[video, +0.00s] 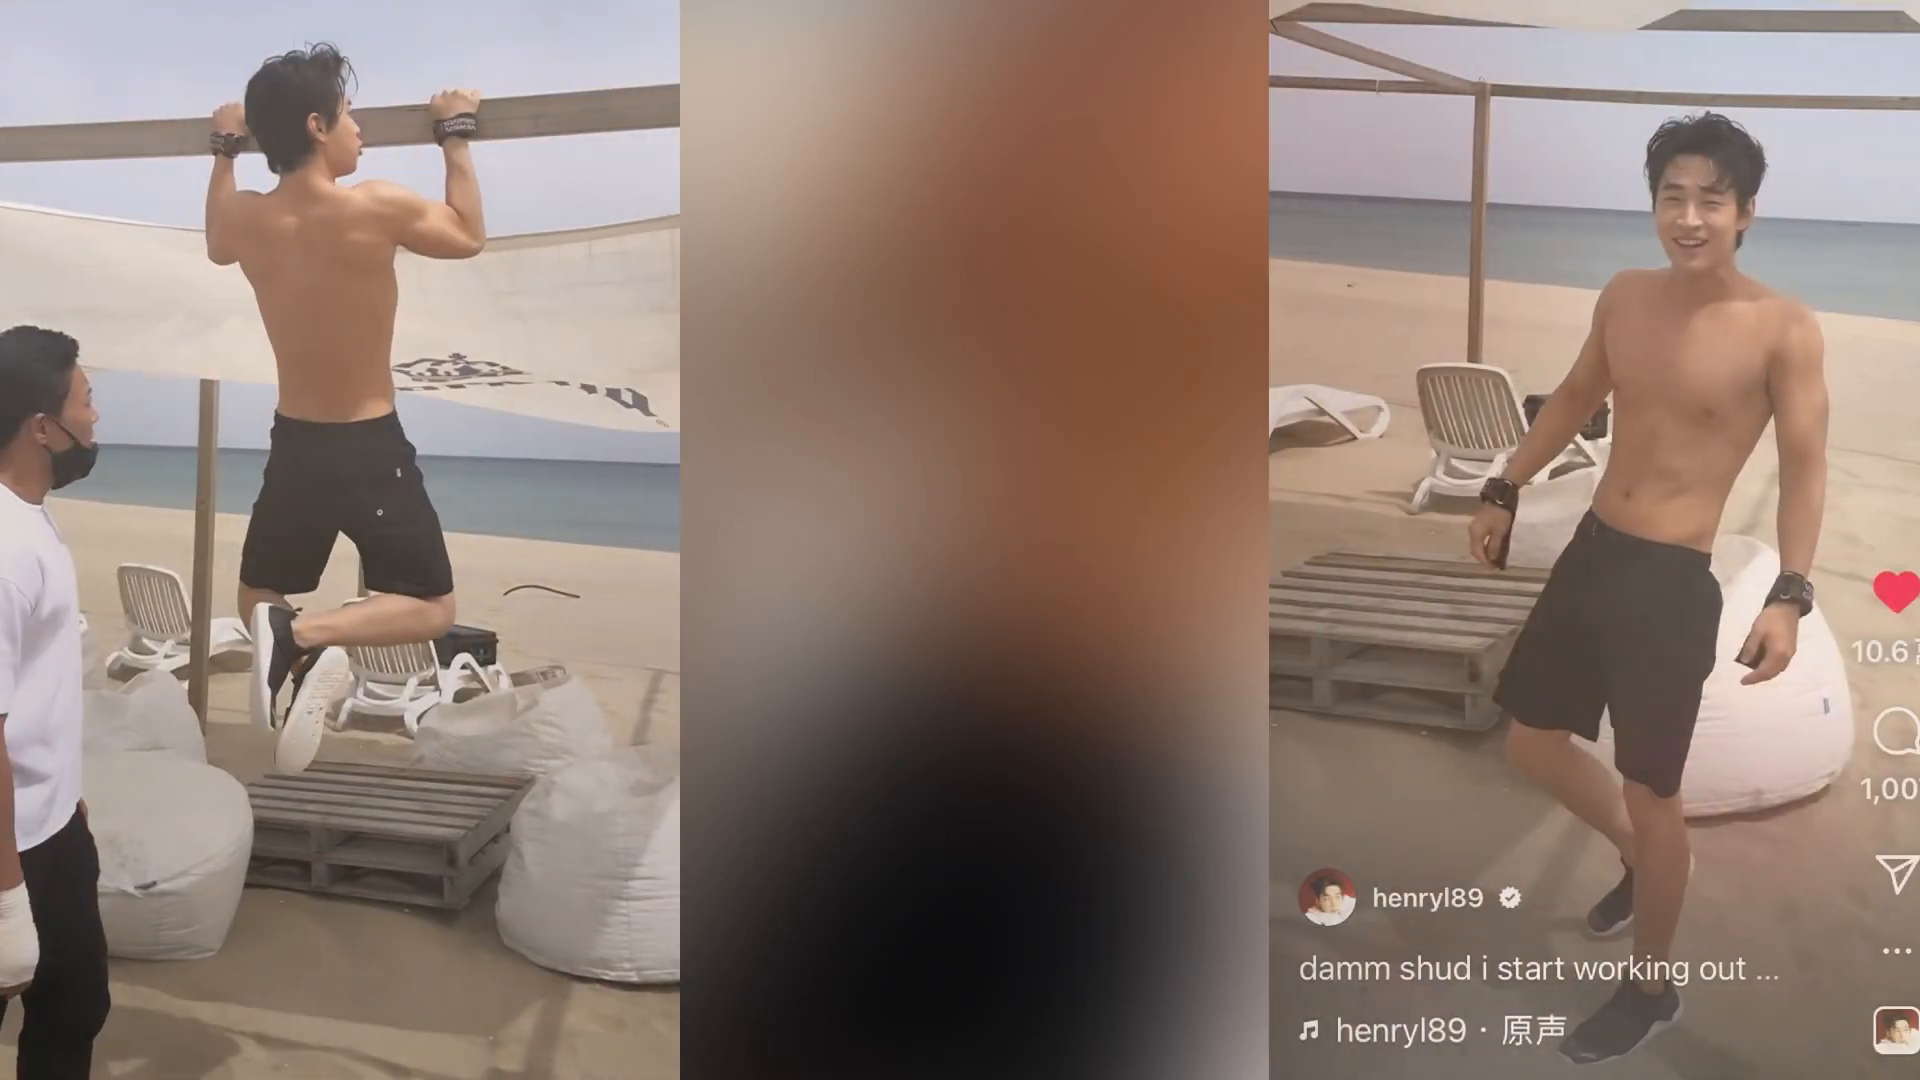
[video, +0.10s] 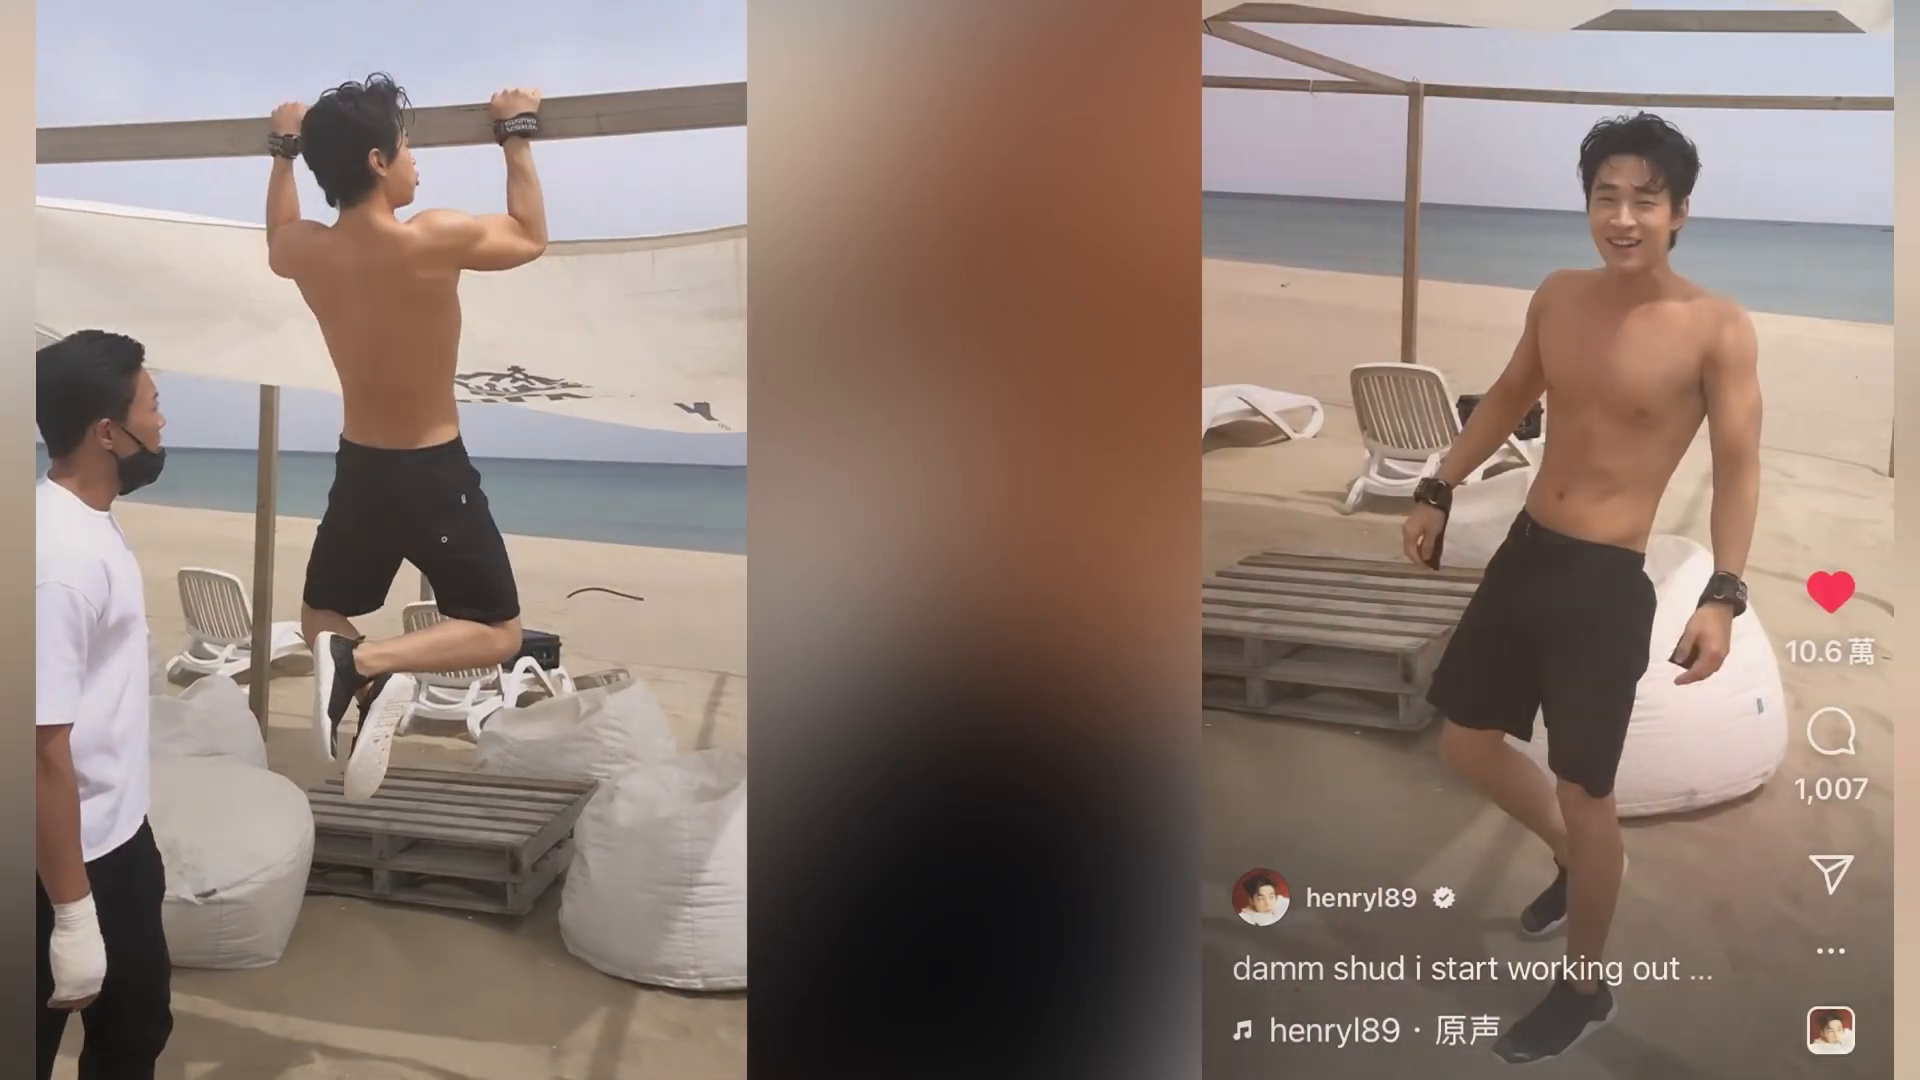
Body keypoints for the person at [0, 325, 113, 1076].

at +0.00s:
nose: (96, 413)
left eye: (90, 396)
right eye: (84, 399)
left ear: (41, 428)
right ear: (42, 428)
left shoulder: (32, 524)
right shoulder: (14, 549)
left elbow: (33, 706)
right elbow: (5, 742)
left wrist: (74, 819)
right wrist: (10, 893)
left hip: (53, 832)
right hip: (29, 852)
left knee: (72, 1010)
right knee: (67, 1017)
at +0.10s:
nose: (163, 424)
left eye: (157, 407)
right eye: (152, 409)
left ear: (101, 429)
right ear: (107, 430)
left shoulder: (86, 526)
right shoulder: (56, 556)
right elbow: (45, 756)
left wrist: (132, 844)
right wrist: (74, 915)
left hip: (111, 847)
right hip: (78, 866)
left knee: (133, 1030)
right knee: (127, 1041)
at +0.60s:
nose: (311, 453)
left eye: (303, 436)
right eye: (298, 441)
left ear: (249, 473)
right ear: (251, 474)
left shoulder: (251, 568)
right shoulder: (205, 617)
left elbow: (256, 752)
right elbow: (200, 831)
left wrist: (307, 853)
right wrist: (271, 991)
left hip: (276, 925)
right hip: (233, 946)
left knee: (279, 1064)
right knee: (246, 1070)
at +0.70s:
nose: (307, 454)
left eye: (300, 439)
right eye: (296, 444)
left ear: (249, 479)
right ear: (253, 479)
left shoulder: (253, 582)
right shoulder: (206, 619)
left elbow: (256, 764)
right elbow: (199, 839)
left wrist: (313, 864)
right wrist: (270, 1013)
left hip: (280, 945)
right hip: (237, 968)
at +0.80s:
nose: (300, 460)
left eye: (292, 445)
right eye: (289, 451)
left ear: (243, 488)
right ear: (247, 486)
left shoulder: (246, 592)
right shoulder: (202, 632)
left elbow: (254, 773)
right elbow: (195, 853)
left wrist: (314, 873)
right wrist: (262, 1040)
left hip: (273, 959)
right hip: (233, 984)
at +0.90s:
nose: (294, 470)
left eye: (288, 452)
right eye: (285, 456)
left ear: (237, 489)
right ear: (241, 488)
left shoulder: (237, 599)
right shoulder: (199, 645)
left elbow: (243, 786)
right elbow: (191, 871)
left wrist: (306, 881)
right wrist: (245, 1057)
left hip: (264, 976)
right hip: (228, 1002)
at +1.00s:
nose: (283, 475)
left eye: (279, 457)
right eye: (275, 461)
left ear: (229, 497)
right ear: (232, 495)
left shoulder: (225, 608)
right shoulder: (193, 646)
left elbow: (228, 799)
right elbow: (182, 885)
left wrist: (288, 889)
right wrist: (220, 1055)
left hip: (248, 994)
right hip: (219, 1019)